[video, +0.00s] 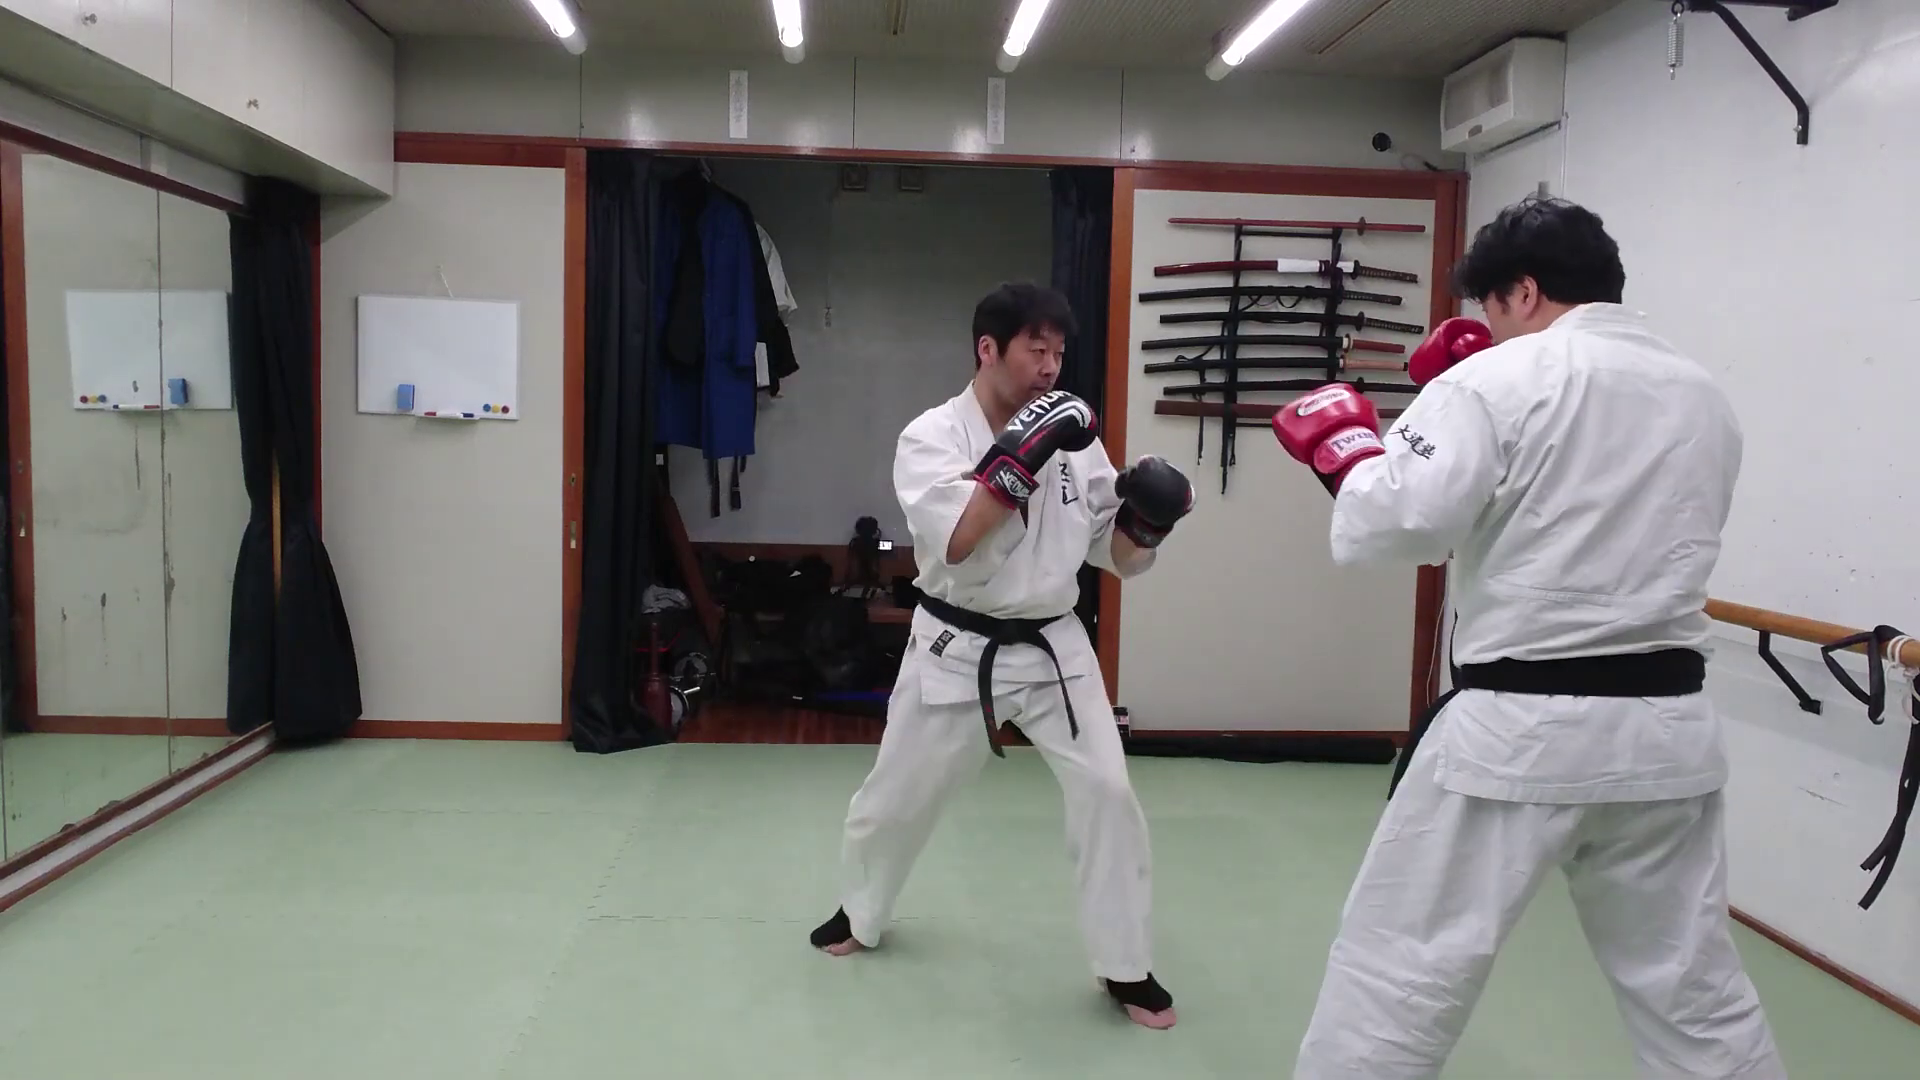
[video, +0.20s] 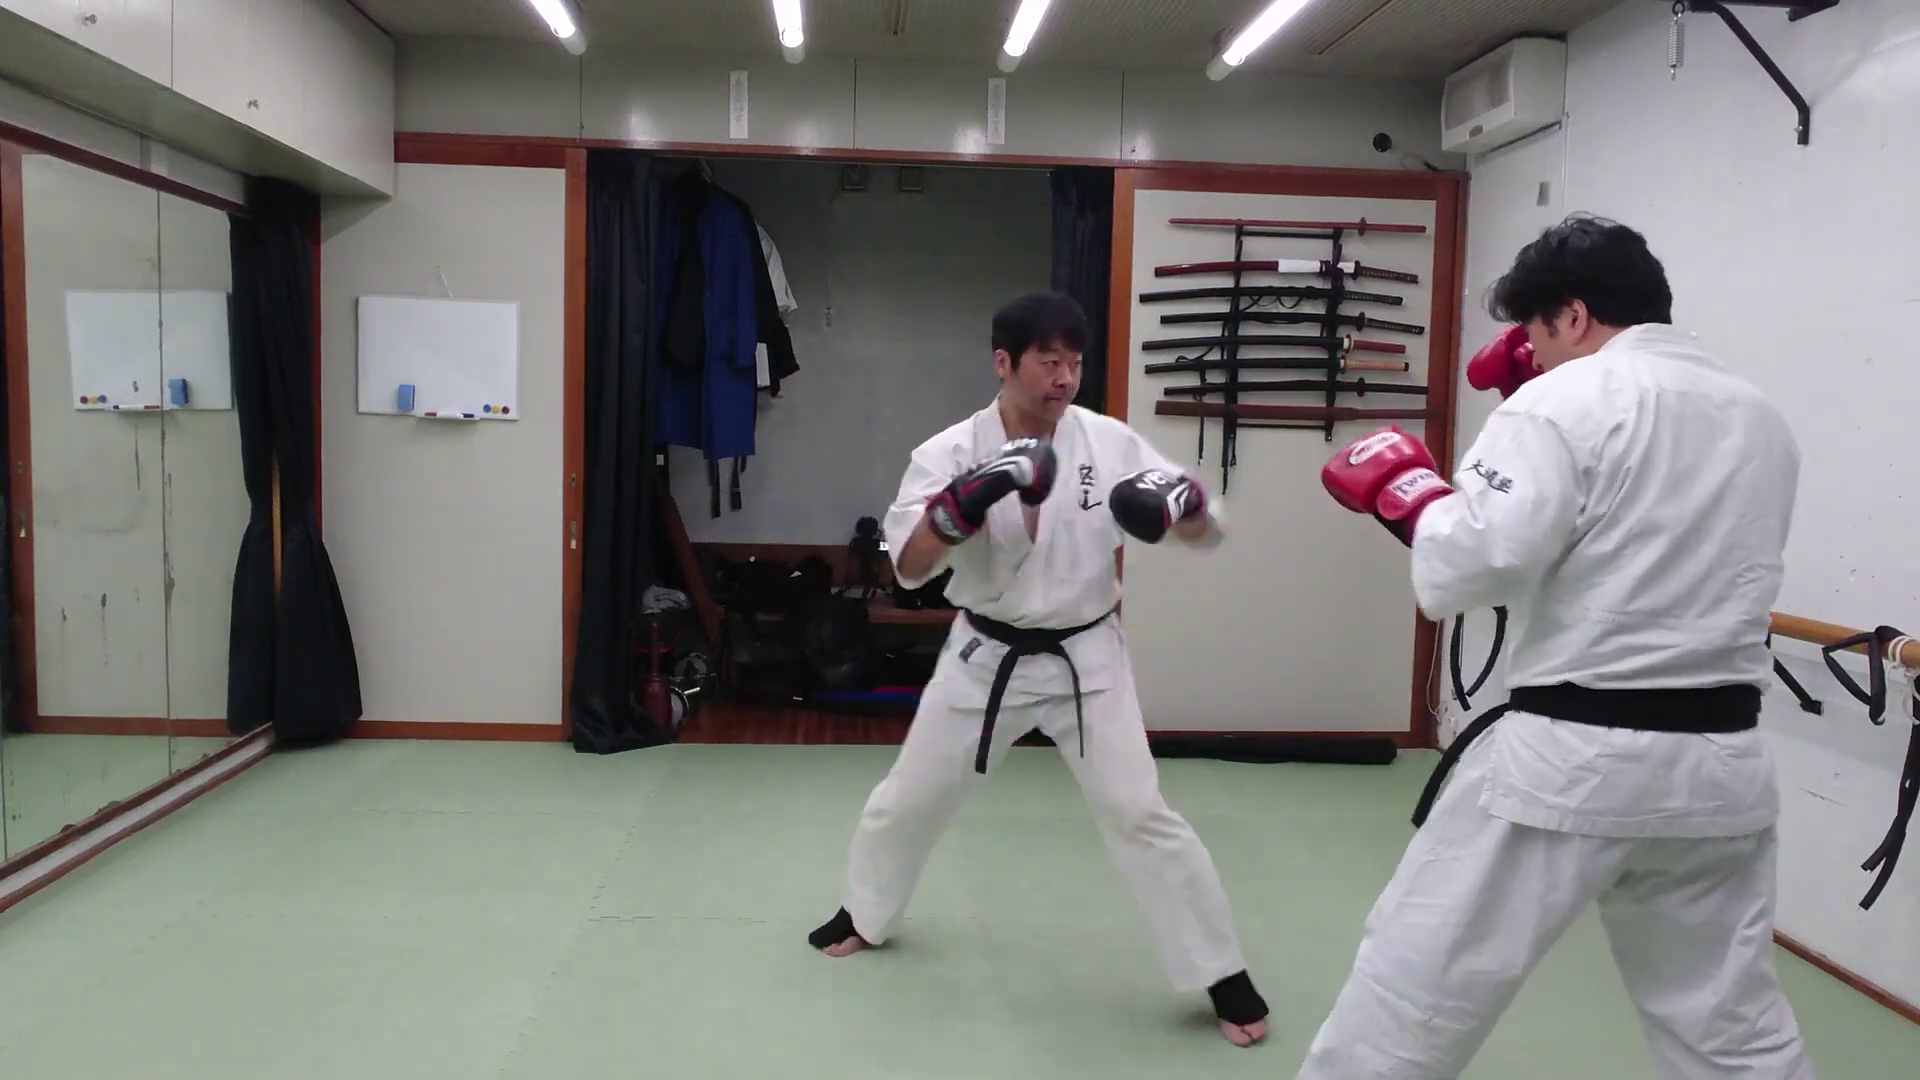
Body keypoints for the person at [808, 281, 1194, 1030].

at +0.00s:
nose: (1050, 366)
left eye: (1058, 353)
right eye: (1037, 349)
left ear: (1063, 361)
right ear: (988, 349)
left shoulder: (1074, 440)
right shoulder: (930, 437)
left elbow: (1119, 557)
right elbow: (955, 542)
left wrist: (1147, 521)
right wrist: (1023, 452)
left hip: (1054, 640)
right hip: (950, 640)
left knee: (1108, 789)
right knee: (892, 800)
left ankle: (1126, 966)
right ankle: (861, 911)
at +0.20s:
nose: (1065, 376)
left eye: (1073, 360)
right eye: (1047, 361)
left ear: (1083, 365)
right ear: (1004, 363)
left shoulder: (1111, 444)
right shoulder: (948, 455)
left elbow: (1203, 526)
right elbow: (908, 567)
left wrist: (1178, 509)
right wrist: (955, 509)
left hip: (1088, 652)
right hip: (981, 651)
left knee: (1137, 812)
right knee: (905, 801)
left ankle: (1225, 977)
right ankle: (866, 915)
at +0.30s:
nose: (1100, 355)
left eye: (1112, 341)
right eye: (1083, 340)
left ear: (1125, 347)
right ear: (1044, 345)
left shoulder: (1158, 420)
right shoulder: (995, 433)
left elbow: (1263, 439)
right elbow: (926, 541)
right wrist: (956, 485)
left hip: (1118, 642)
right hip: (1020, 635)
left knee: (1169, 819)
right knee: (948, 768)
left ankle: (1246, 979)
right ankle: (882, 893)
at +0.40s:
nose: (1148, 346)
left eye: (1159, 331)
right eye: (1130, 332)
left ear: (1174, 337)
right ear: (1093, 340)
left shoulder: (1202, 415)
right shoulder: (1053, 426)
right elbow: (1004, 539)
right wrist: (1036, 480)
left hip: (1148, 637)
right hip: (1053, 624)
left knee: (1182, 809)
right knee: (1000, 759)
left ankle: (1244, 978)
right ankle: (958, 880)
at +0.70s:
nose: (1221, 354)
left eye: (1233, 339)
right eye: (1205, 338)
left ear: (1246, 345)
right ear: (1169, 340)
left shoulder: (1272, 423)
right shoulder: (1127, 415)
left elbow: (1343, 500)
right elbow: (1062, 508)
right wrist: (1106, 440)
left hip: (1222, 634)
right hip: (1134, 627)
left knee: (1221, 800)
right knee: (1122, 761)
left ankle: (1253, 985)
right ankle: (1152, 854)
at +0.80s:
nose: (1246, 355)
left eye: (1258, 341)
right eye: (1231, 339)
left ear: (1270, 342)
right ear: (1196, 330)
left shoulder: (1279, 414)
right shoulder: (1136, 390)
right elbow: (1071, 469)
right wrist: (1130, 403)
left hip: (1228, 615)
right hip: (1136, 610)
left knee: (1231, 767)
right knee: (1141, 752)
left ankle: (1246, 932)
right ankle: (1160, 852)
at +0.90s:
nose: (1259, 360)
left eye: (1273, 345)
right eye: (1246, 343)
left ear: (1287, 341)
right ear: (1212, 329)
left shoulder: (1287, 398)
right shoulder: (1159, 391)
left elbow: (1348, 451)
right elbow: (1085, 470)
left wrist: (1356, 385)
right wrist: (1141, 401)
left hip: (1231, 598)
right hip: (1143, 591)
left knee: (1229, 755)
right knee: (1134, 738)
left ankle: (1233, 896)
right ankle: (1132, 847)